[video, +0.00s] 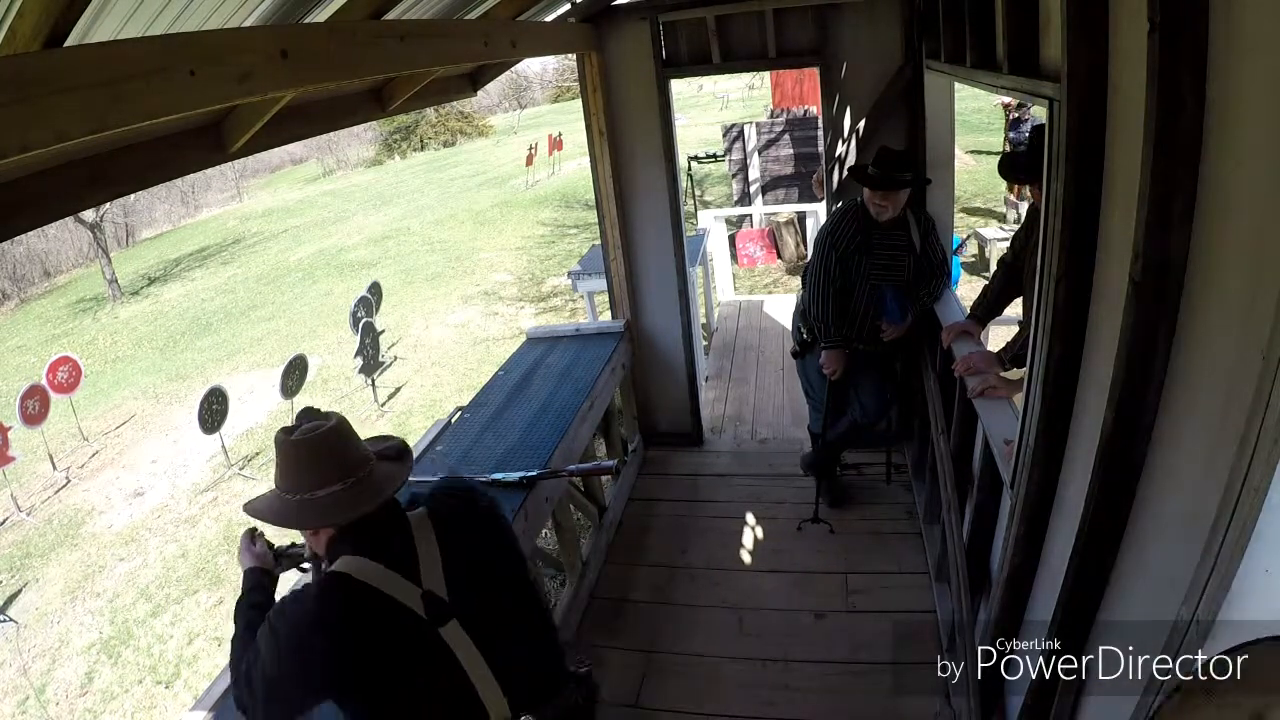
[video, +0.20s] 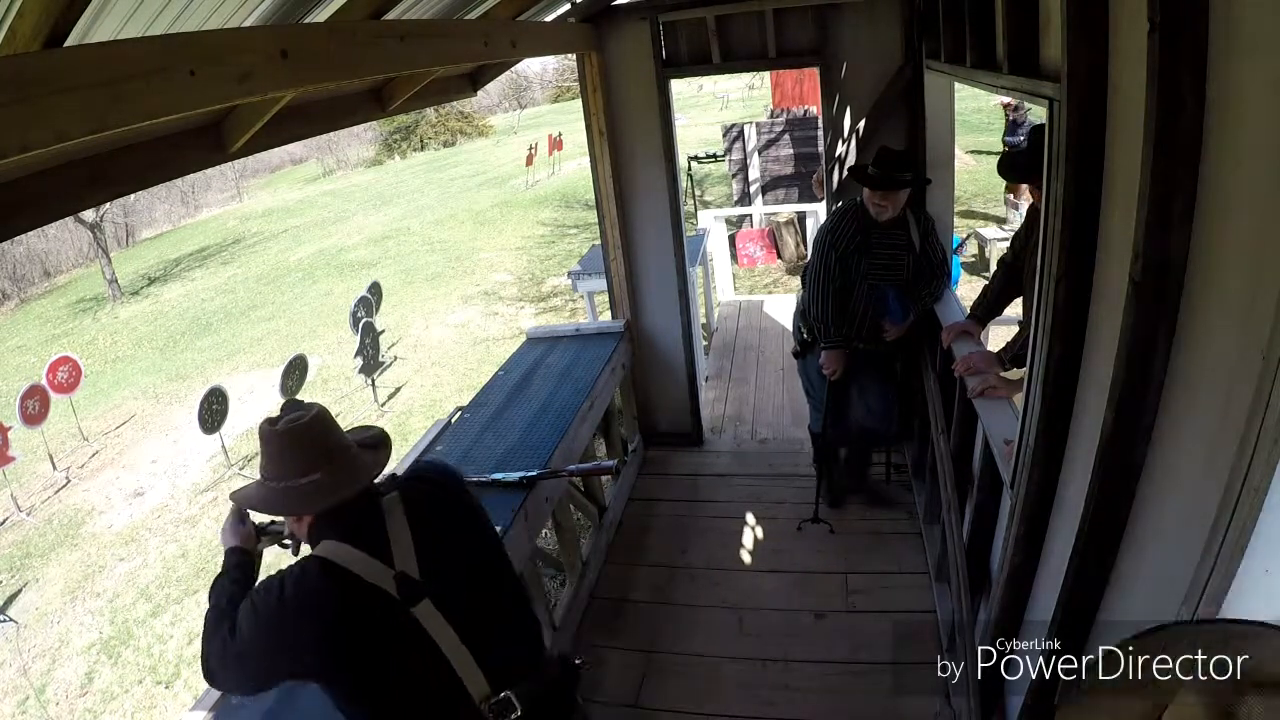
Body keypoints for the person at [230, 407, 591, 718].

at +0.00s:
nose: (295, 528)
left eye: (296, 519)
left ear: (314, 529)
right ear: (384, 486)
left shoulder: (316, 617)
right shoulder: (468, 509)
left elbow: (254, 693)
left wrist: (256, 577)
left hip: (432, 719)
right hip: (552, 700)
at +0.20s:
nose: (280, 514)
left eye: (279, 506)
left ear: (296, 516)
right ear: (364, 470)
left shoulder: (298, 603)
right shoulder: (441, 487)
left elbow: (221, 662)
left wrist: (239, 555)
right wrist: (316, 515)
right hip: (542, 692)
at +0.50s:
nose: (282, 509)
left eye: (281, 500)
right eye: (280, 499)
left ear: (305, 507)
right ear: (367, 470)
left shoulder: (304, 602)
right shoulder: (436, 479)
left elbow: (226, 665)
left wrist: (225, 559)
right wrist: (318, 529)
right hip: (549, 681)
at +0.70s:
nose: (283, 510)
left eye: (282, 500)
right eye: (279, 500)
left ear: (303, 505)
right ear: (364, 467)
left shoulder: (307, 603)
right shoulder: (436, 479)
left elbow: (242, 681)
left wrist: (234, 576)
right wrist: (320, 531)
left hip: (448, 718)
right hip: (553, 681)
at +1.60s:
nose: (294, 504)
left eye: (293, 494)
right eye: (291, 494)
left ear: (309, 500)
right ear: (377, 464)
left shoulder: (300, 593)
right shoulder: (452, 483)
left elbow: (273, 654)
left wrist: (250, 553)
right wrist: (331, 524)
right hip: (549, 686)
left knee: (283, 702)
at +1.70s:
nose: (305, 498)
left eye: (304, 488)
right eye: (303, 488)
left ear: (321, 494)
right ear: (390, 455)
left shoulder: (308, 589)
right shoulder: (464, 474)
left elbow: (279, 650)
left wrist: (257, 554)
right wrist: (344, 522)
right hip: (550, 684)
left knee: (284, 700)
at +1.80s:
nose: (326, 480)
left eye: (327, 470)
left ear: (338, 478)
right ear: (412, 448)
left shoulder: (325, 580)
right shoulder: (481, 475)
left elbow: (287, 632)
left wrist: (265, 540)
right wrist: (358, 519)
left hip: (438, 716)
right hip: (557, 691)